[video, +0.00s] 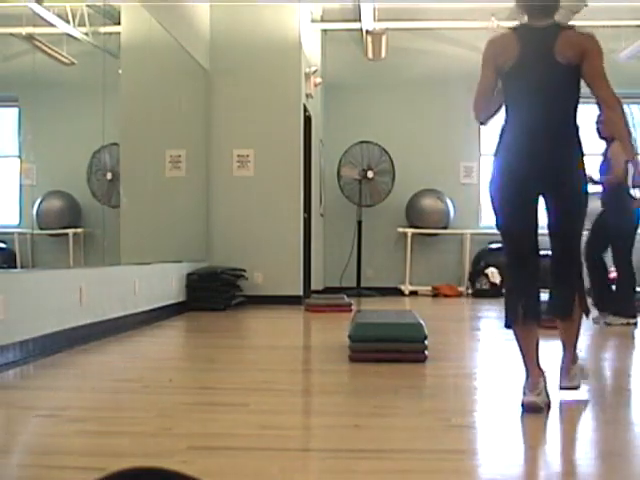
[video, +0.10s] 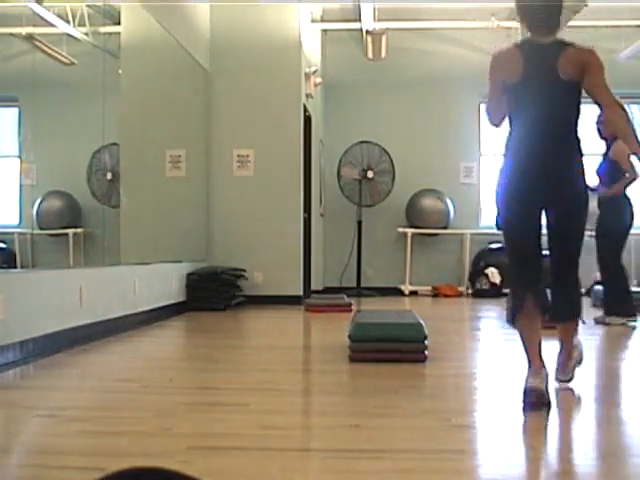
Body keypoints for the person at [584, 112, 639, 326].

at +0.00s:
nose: (598, 126)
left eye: (602, 122)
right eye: (598, 122)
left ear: (614, 125)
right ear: (610, 126)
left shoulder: (615, 147)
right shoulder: (618, 147)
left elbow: (618, 176)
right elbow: (617, 179)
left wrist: (595, 180)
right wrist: (595, 179)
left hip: (615, 209)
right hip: (623, 208)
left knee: (593, 251)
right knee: (622, 258)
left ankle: (605, 304)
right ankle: (625, 308)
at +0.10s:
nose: (599, 127)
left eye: (602, 123)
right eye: (598, 123)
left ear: (614, 125)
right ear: (603, 126)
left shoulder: (618, 147)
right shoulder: (610, 148)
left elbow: (631, 173)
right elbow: (613, 176)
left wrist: (613, 190)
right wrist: (599, 186)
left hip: (616, 205)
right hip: (608, 204)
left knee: (610, 258)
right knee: (607, 258)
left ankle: (621, 310)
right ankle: (615, 308)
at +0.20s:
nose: (596, 128)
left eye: (600, 124)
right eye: (595, 124)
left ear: (612, 127)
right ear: (596, 127)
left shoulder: (617, 147)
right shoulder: (602, 150)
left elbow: (638, 166)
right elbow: (599, 175)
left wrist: (629, 188)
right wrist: (586, 181)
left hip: (620, 205)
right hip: (611, 204)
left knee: (593, 248)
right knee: (608, 253)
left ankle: (611, 299)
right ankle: (615, 300)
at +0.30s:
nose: (601, 130)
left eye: (605, 126)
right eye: (600, 126)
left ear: (613, 128)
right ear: (606, 129)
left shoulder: (612, 149)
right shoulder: (598, 151)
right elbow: (581, 173)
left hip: (618, 208)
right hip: (616, 208)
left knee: (588, 240)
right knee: (610, 255)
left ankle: (601, 291)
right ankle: (616, 305)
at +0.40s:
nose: (604, 125)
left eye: (609, 122)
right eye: (602, 121)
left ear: (618, 128)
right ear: (598, 125)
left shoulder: (618, 146)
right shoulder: (602, 148)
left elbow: (639, 158)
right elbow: (599, 172)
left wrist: (630, 187)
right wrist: (587, 179)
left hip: (615, 204)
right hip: (607, 203)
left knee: (590, 251)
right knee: (611, 253)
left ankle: (608, 304)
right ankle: (618, 303)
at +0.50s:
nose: (608, 128)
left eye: (612, 124)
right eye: (605, 125)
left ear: (621, 128)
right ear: (602, 129)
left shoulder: (619, 148)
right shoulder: (606, 151)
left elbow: (635, 172)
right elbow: (605, 177)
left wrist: (616, 186)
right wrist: (595, 191)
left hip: (611, 206)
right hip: (603, 205)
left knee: (604, 259)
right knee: (603, 259)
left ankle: (615, 311)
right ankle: (614, 309)